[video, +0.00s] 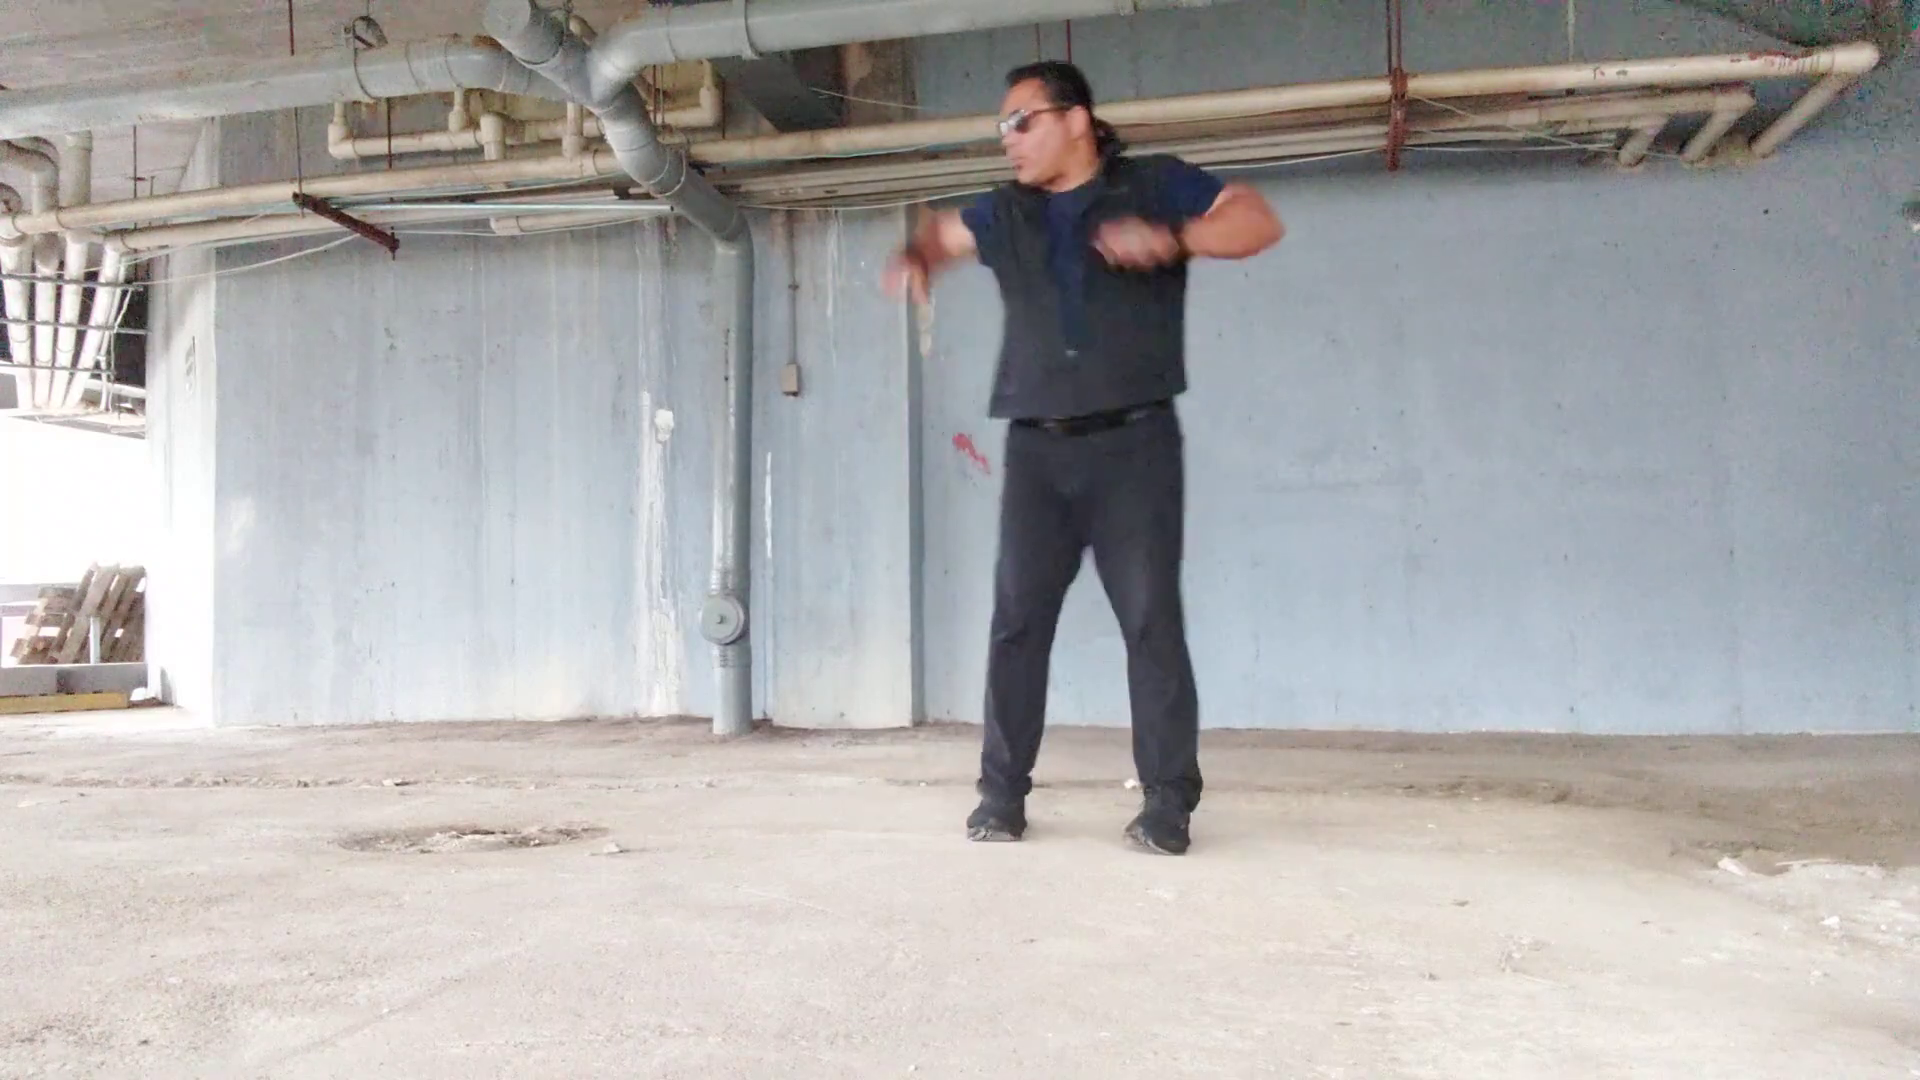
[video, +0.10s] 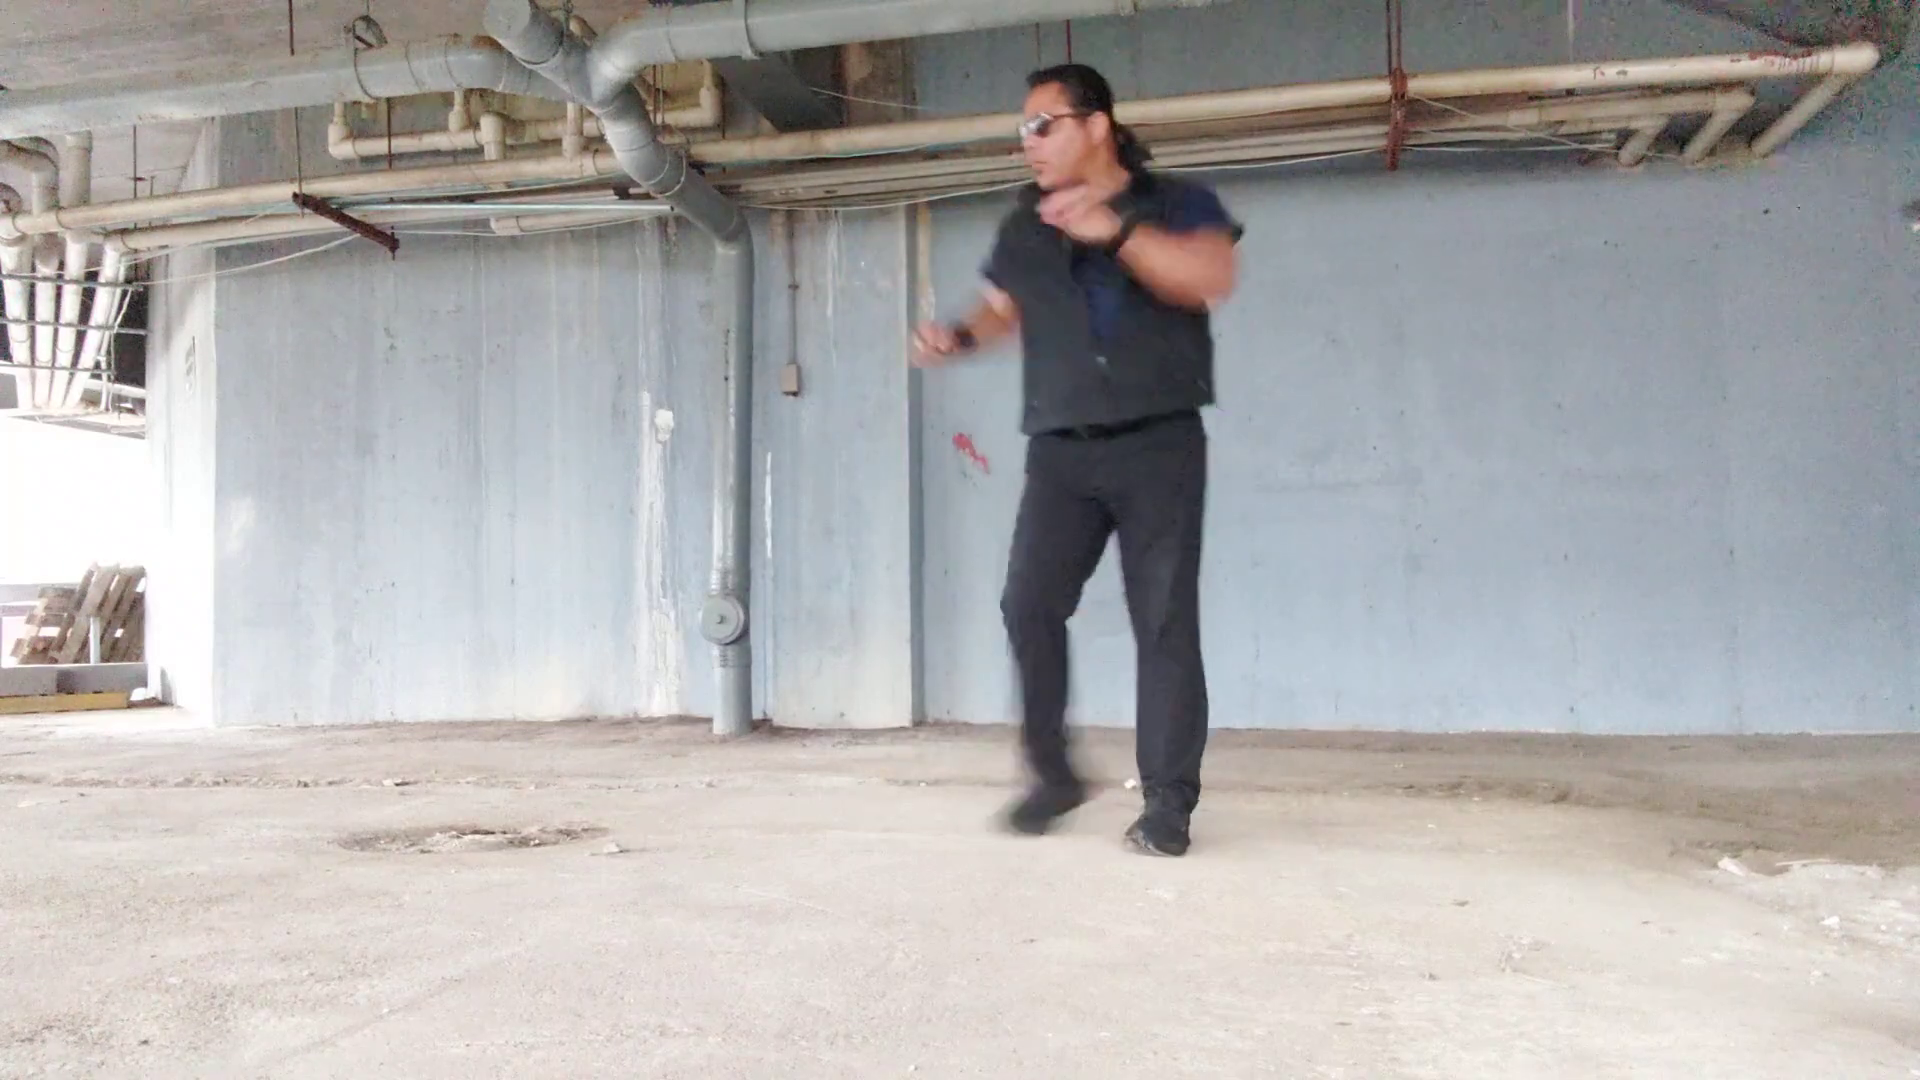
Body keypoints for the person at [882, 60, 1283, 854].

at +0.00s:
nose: (1009, 139)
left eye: (1023, 122)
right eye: (1004, 127)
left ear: (1079, 120)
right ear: (1016, 137)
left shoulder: (1152, 184)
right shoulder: (1007, 210)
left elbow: (1259, 223)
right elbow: (936, 237)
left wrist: (1169, 239)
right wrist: (915, 258)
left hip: (1134, 443)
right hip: (1037, 449)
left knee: (1151, 623)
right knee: (1017, 623)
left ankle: (1168, 800)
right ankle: (1002, 795)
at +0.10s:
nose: (1030, 145)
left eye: (1044, 128)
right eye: (1024, 132)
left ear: (1096, 128)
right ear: (1034, 141)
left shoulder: (1177, 204)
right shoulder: (1027, 225)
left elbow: (1211, 280)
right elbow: (1001, 316)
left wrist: (1114, 232)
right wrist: (956, 337)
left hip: (1159, 447)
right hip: (1061, 453)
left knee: (1164, 620)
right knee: (1029, 604)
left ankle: (1169, 802)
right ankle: (1053, 777)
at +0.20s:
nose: (1045, 149)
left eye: (1060, 131)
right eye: (1040, 135)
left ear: (1113, 132)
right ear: (1043, 147)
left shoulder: (1191, 217)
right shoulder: (1036, 235)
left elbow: (1212, 321)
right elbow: (997, 352)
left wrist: (1118, 322)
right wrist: (1019, 324)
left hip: (1172, 453)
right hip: (1076, 460)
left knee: (1170, 621)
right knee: (1061, 614)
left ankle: (1168, 805)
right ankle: (1158, 734)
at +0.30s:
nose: (1047, 148)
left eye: (1061, 132)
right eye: (1043, 136)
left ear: (1116, 131)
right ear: (1051, 146)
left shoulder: (1194, 211)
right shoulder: (1048, 217)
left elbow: (1278, 296)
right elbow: (974, 284)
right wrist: (1066, 238)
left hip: (1165, 438)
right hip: (1089, 446)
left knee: (1140, 611)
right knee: (1131, 616)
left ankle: (1167, 799)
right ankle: (1243, 765)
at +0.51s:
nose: (1063, 161)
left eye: (1079, 143)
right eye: (1055, 148)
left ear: (1130, 145)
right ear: (1052, 158)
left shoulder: (1193, 216)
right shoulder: (1056, 224)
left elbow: (1272, 288)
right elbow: (1006, 311)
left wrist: (1312, 315)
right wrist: (1097, 268)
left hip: (1161, 445)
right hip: (1087, 455)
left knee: (1124, 610)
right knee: (1089, 629)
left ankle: (1186, 790)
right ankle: (1220, 747)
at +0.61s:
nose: (1099, 150)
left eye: (1114, 135)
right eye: (1083, 139)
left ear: (1146, 146)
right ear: (1065, 157)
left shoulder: (1195, 233)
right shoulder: (1040, 243)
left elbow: (1237, 325)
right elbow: (1001, 348)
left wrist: (1167, 289)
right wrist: (1015, 371)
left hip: (1162, 457)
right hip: (1070, 464)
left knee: (1155, 620)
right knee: (1016, 610)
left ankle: (1186, 807)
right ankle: (1144, 737)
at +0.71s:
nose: (1100, 139)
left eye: (1115, 122)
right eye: (1082, 126)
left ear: (1140, 134)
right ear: (1058, 141)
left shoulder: (1182, 216)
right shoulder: (1037, 219)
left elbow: (1169, 307)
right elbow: (989, 301)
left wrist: (1056, 272)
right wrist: (948, 350)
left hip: (1154, 454)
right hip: (1057, 457)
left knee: (1170, 625)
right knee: (994, 592)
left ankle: (1187, 802)